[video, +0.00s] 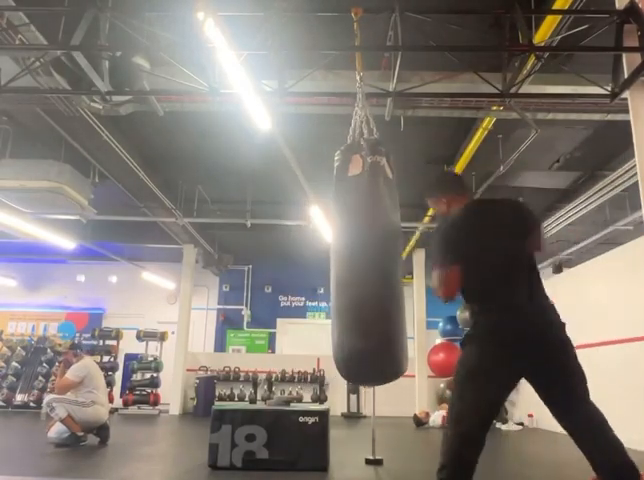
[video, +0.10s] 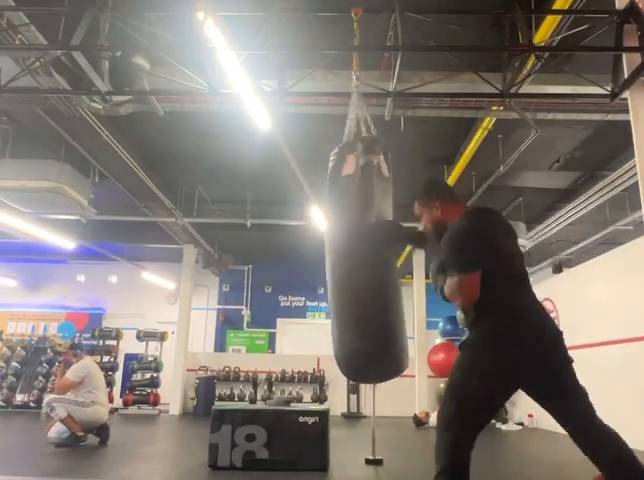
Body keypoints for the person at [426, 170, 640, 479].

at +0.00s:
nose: (435, 212)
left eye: (434, 205)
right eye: (432, 206)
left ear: (445, 199)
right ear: (465, 191)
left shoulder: (452, 229)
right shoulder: (512, 208)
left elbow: (447, 291)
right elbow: (537, 245)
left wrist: (447, 266)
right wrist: (502, 250)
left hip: (493, 335)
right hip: (543, 328)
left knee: (464, 431)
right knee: (579, 413)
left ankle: (452, 474)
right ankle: (626, 474)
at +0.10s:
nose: (423, 225)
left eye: (421, 216)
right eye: (419, 218)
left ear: (436, 207)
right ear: (449, 201)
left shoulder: (459, 233)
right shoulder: (493, 220)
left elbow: (465, 293)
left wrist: (446, 284)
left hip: (495, 342)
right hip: (537, 334)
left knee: (453, 434)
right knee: (586, 427)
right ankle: (632, 472)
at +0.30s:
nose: (440, 223)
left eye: (440, 216)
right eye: (437, 218)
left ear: (452, 205)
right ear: (469, 201)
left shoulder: (460, 219)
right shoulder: (529, 225)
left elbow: (452, 249)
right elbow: (550, 280)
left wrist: (430, 284)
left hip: (491, 339)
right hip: (543, 338)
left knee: (454, 422)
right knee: (559, 419)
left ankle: (445, 473)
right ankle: (603, 475)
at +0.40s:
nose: (461, 223)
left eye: (462, 217)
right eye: (460, 219)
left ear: (472, 208)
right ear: (494, 203)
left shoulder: (475, 221)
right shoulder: (551, 224)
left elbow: (457, 258)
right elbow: (567, 284)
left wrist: (433, 309)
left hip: (502, 343)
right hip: (557, 341)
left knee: (463, 432)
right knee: (570, 425)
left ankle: (454, 474)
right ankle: (603, 475)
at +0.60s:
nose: (492, 198)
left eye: (491, 190)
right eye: (489, 193)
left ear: (506, 175)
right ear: (525, 174)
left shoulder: (512, 195)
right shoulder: (579, 198)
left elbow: (514, 245)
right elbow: (582, 259)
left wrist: (498, 285)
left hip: (540, 311)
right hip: (591, 311)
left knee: (508, 399)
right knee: (602, 408)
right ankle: (624, 473)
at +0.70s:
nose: (503, 192)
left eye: (503, 183)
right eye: (500, 185)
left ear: (520, 170)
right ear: (534, 167)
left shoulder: (528, 191)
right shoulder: (592, 194)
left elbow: (523, 240)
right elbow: (609, 252)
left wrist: (505, 264)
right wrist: (579, 271)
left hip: (555, 312)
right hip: (603, 310)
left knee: (535, 405)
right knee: (612, 406)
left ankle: (581, 475)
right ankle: (638, 470)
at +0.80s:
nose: (515, 200)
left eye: (516, 189)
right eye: (513, 192)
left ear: (536, 177)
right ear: (547, 178)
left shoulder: (543, 206)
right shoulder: (605, 210)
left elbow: (522, 258)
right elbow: (609, 275)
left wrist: (496, 261)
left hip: (570, 334)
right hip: (614, 327)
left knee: (581, 429)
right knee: (631, 420)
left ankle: (622, 477)